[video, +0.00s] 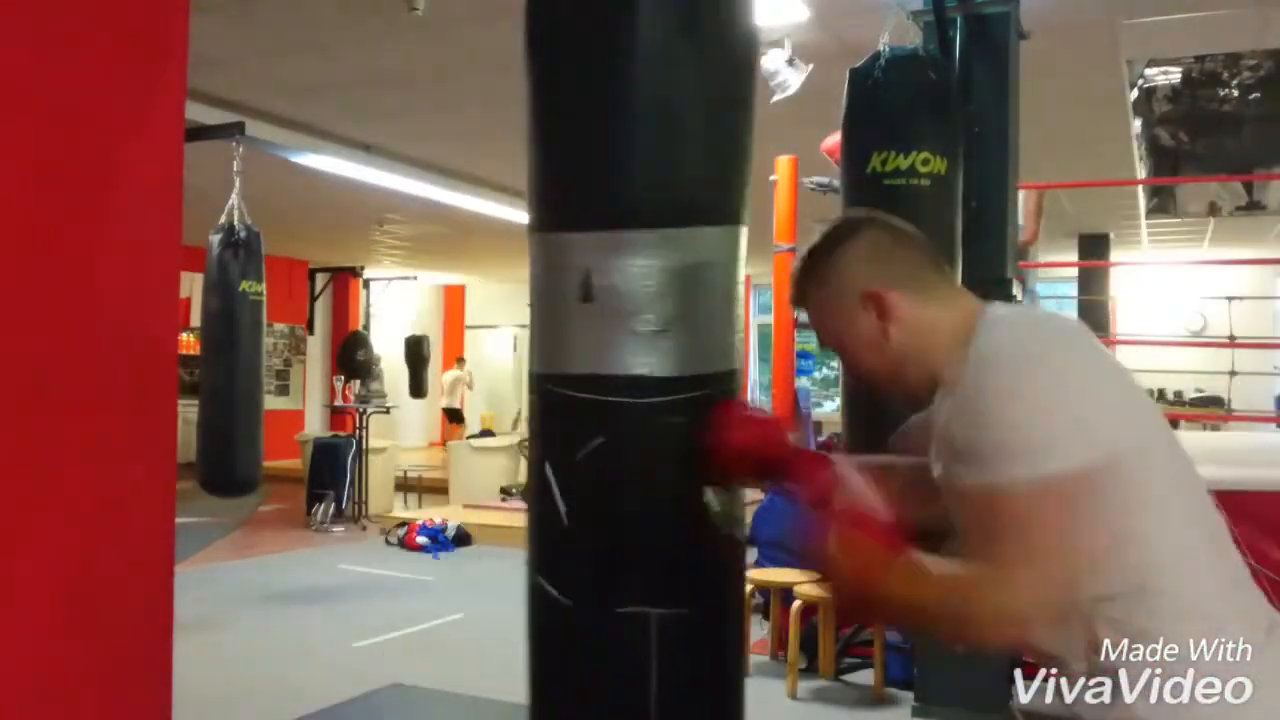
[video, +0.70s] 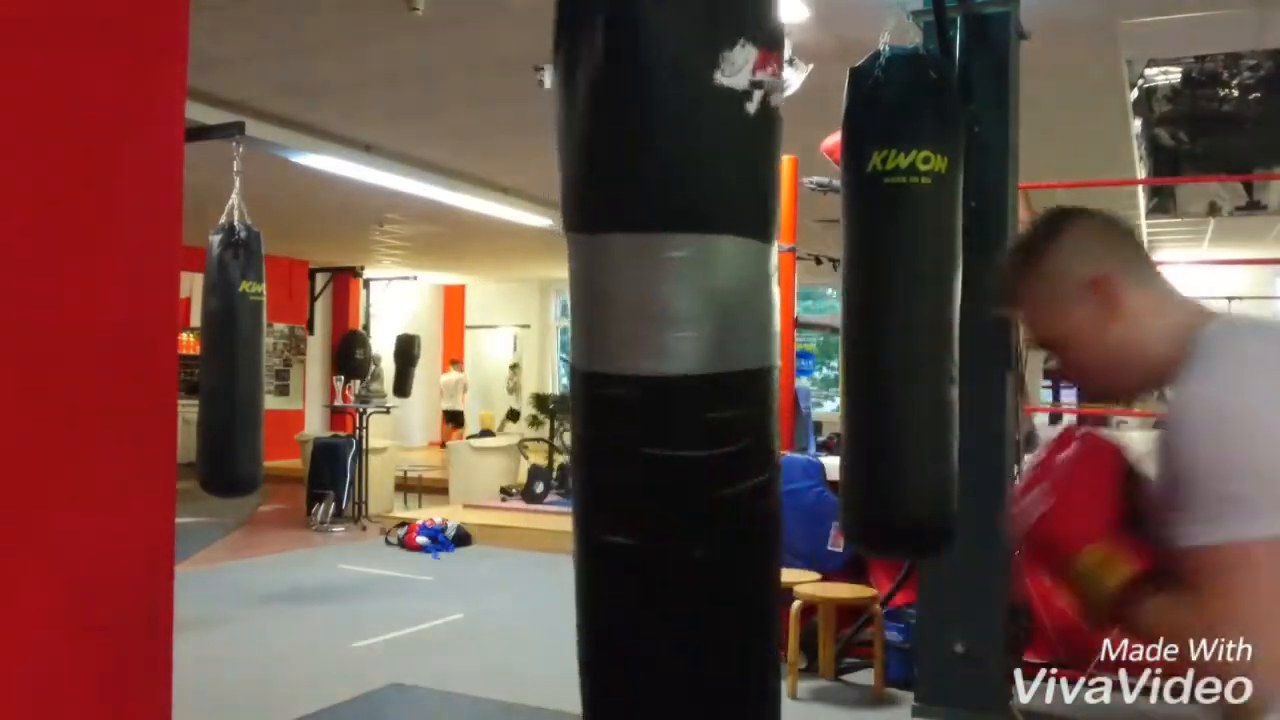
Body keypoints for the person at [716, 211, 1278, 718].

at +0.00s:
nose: (854, 372)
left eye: (842, 346)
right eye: (839, 351)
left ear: (880, 310)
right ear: (891, 299)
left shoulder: (1020, 369)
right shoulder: (978, 383)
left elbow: (1017, 604)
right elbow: (900, 492)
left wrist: (866, 569)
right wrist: (792, 467)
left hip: (1202, 689)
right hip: (1129, 682)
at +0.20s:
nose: (857, 353)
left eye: (847, 331)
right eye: (843, 335)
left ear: (881, 315)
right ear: (947, 275)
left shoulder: (936, 386)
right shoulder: (1107, 335)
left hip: (1110, 695)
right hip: (1245, 684)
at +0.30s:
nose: (869, 356)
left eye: (861, 337)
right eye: (858, 341)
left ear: (888, 318)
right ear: (965, 271)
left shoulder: (905, 404)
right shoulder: (1153, 304)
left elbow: (772, 575)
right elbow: (1277, 402)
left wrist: (724, 527)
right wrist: (1216, 444)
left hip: (1143, 698)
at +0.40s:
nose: (877, 379)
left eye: (864, 357)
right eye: (862, 361)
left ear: (893, 335)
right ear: (960, 288)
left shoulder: (925, 425)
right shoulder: (1168, 321)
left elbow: (779, 595)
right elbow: (1276, 423)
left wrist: (788, 520)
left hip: (1141, 701)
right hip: (1277, 688)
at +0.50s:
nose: (921, 396)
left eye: (907, 372)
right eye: (903, 377)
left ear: (938, 333)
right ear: (1002, 294)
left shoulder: (1001, 414)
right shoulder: (1206, 355)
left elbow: (916, 650)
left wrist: (861, 579)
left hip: (1157, 702)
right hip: (1271, 700)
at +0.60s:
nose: (977, 383)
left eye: (972, 355)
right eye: (966, 360)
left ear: (1017, 321)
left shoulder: (1108, 413)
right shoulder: (1248, 369)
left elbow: (1090, 663)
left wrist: (984, 596)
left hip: (1175, 706)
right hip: (1264, 700)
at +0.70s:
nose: (1059, 373)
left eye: (1056, 348)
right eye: (1049, 354)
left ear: (1104, 297)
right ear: (1106, 295)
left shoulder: (1223, 389)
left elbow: (1244, 652)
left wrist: (1096, 563)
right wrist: (1131, 497)